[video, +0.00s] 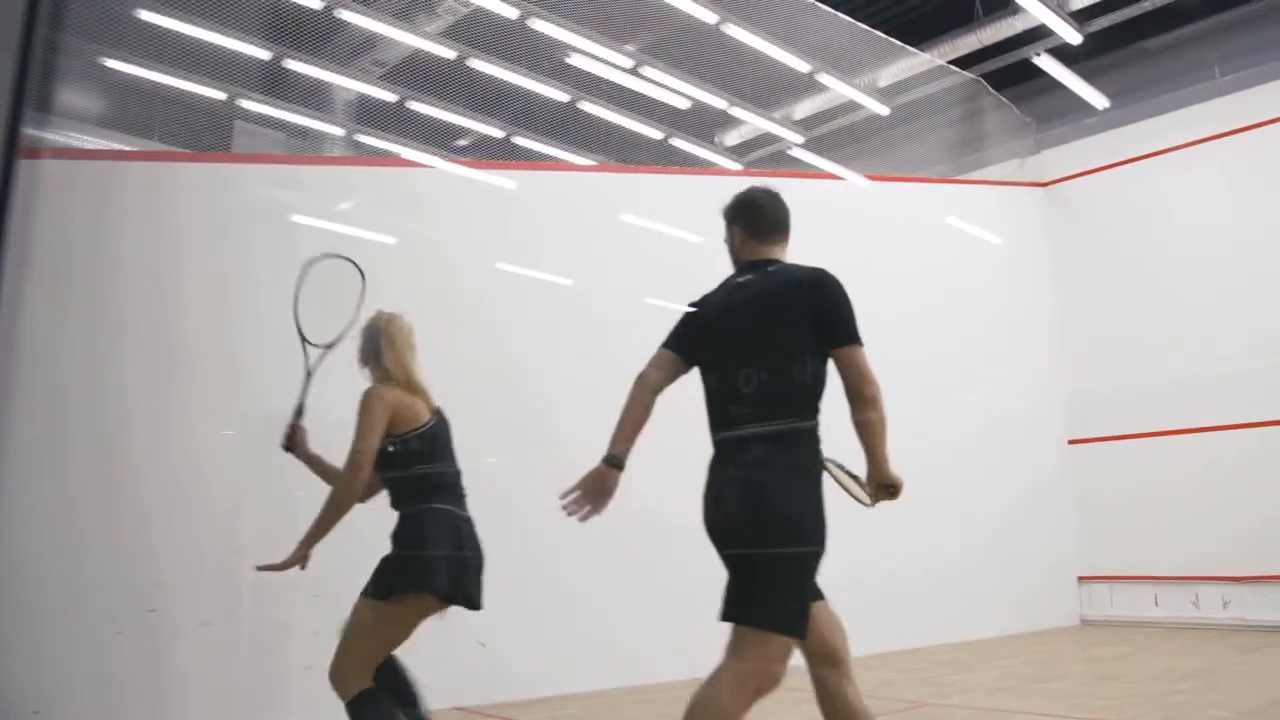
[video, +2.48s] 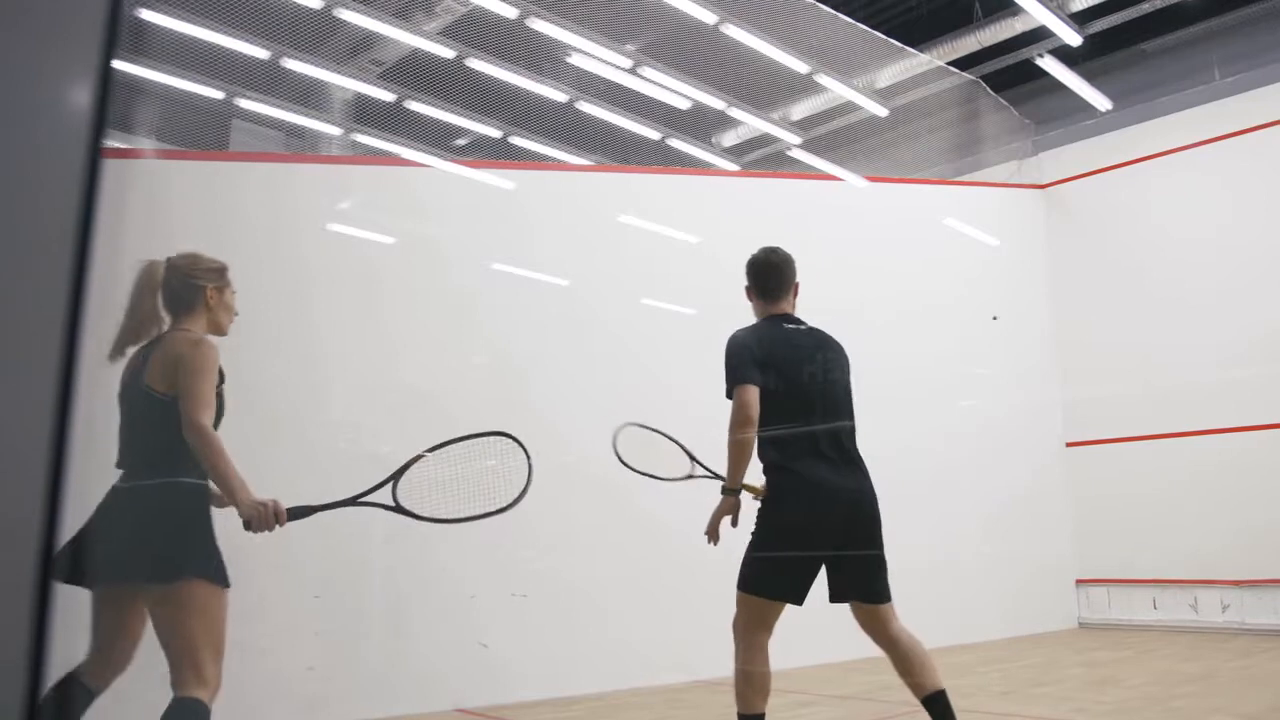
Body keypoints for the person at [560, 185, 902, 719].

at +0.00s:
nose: (728, 243)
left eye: (727, 236)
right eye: (730, 236)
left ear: (733, 238)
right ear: (788, 237)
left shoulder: (709, 309)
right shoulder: (817, 288)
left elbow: (649, 380)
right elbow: (864, 391)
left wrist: (612, 463)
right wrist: (880, 469)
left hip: (728, 498)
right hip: (788, 494)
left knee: (828, 643)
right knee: (755, 667)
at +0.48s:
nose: (797, 252)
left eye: (798, 240)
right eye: (797, 241)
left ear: (815, 238)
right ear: (856, 241)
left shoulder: (786, 308)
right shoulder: (900, 295)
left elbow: (738, 381)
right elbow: (951, 386)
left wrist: (743, 468)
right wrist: (962, 470)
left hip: (816, 493)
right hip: (888, 484)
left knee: (878, 644)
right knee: (943, 634)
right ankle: (920, 712)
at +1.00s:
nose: (859, 263)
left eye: (859, 255)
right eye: (859, 255)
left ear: (868, 255)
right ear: (914, 258)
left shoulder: (840, 317)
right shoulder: (954, 319)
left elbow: (792, 369)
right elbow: (997, 401)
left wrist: (784, 453)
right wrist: (1009, 486)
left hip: (866, 502)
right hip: (939, 497)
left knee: (906, 649)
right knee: (984, 636)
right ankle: (1014, 717)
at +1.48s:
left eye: (877, 266)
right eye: (920, 264)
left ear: (871, 269)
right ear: (921, 267)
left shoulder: (850, 323)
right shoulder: (959, 329)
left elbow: (814, 376)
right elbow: (994, 409)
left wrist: (806, 456)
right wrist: (992, 487)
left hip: (875, 502)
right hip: (946, 501)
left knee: (856, 629)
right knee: (981, 631)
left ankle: (891, 715)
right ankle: (1010, 715)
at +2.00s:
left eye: (814, 289)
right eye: (857, 287)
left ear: (810, 292)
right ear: (858, 290)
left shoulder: (802, 345)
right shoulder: (899, 345)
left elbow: (788, 411)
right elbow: (937, 424)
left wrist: (778, 491)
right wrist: (912, 482)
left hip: (842, 515)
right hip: (908, 512)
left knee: (782, 634)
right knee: (962, 640)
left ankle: (761, 718)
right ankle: (1004, 717)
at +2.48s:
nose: (751, 296)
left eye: (747, 290)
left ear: (748, 293)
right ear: (795, 290)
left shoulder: (747, 342)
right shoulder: (831, 346)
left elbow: (745, 420)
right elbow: (834, 431)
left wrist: (731, 492)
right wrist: (780, 483)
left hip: (795, 506)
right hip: (855, 502)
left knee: (751, 629)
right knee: (883, 621)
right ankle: (946, 716)